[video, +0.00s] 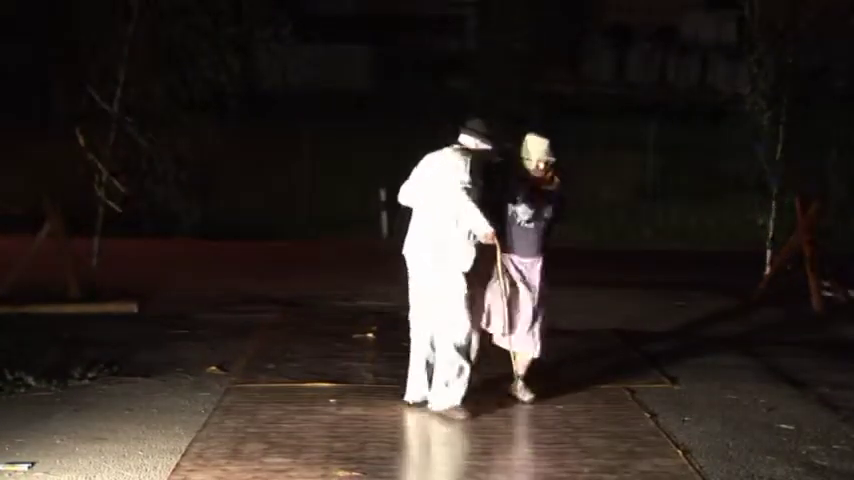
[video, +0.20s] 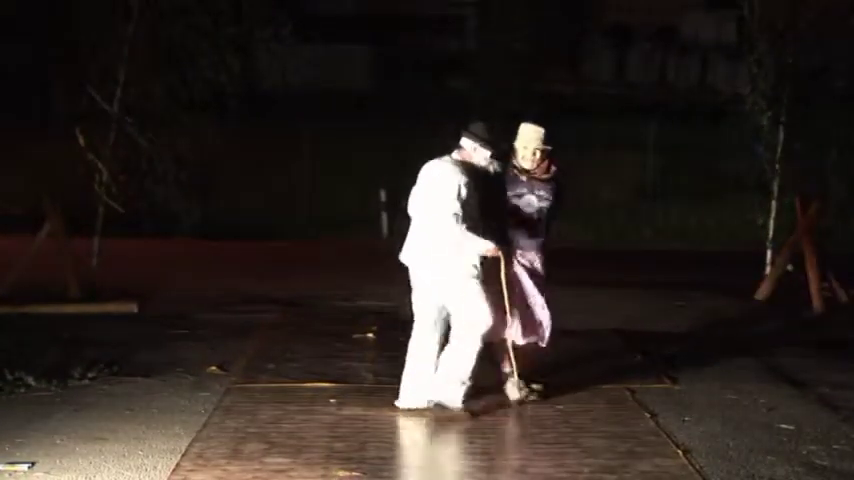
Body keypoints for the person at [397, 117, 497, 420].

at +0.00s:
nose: (481, 157)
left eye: (483, 152)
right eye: (481, 152)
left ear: (459, 140)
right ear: (476, 147)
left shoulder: (432, 160)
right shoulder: (460, 165)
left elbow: (406, 194)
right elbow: (461, 201)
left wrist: (436, 203)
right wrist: (483, 229)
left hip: (419, 257)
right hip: (443, 261)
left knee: (422, 322)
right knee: (455, 326)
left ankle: (415, 391)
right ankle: (445, 397)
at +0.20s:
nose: (490, 160)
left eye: (491, 154)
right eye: (488, 153)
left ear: (464, 147)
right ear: (473, 149)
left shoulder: (433, 168)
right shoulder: (452, 176)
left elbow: (415, 207)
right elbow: (449, 227)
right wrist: (480, 245)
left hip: (423, 259)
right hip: (447, 262)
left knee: (427, 322)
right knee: (476, 317)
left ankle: (413, 393)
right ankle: (449, 389)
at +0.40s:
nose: (492, 173)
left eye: (494, 167)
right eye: (488, 167)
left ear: (470, 160)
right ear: (471, 161)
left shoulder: (449, 178)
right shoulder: (456, 183)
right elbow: (456, 228)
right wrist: (491, 245)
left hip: (421, 262)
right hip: (440, 261)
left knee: (439, 321)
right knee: (505, 292)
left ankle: (418, 395)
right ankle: (479, 355)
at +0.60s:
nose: (504, 166)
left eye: (505, 159)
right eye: (501, 160)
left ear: (478, 152)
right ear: (489, 155)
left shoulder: (453, 168)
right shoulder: (473, 176)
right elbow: (471, 213)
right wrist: (505, 241)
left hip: (425, 256)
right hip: (457, 260)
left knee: (426, 328)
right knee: (486, 328)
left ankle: (419, 396)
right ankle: (488, 395)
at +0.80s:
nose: (504, 169)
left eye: (505, 164)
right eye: (501, 163)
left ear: (479, 158)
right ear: (485, 159)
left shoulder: (448, 182)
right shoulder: (478, 191)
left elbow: (440, 230)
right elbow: (489, 235)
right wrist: (525, 262)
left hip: (436, 273)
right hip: (469, 278)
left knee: (436, 329)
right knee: (493, 337)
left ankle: (432, 392)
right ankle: (469, 411)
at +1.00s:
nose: (501, 169)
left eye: (502, 163)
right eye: (497, 162)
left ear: (475, 156)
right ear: (483, 159)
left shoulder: (448, 179)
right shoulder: (473, 189)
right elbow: (488, 222)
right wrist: (523, 245)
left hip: (431, 275)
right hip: (468, 280)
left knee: (444, 336)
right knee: (484, 346)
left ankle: (441, 408)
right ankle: (479, 418)